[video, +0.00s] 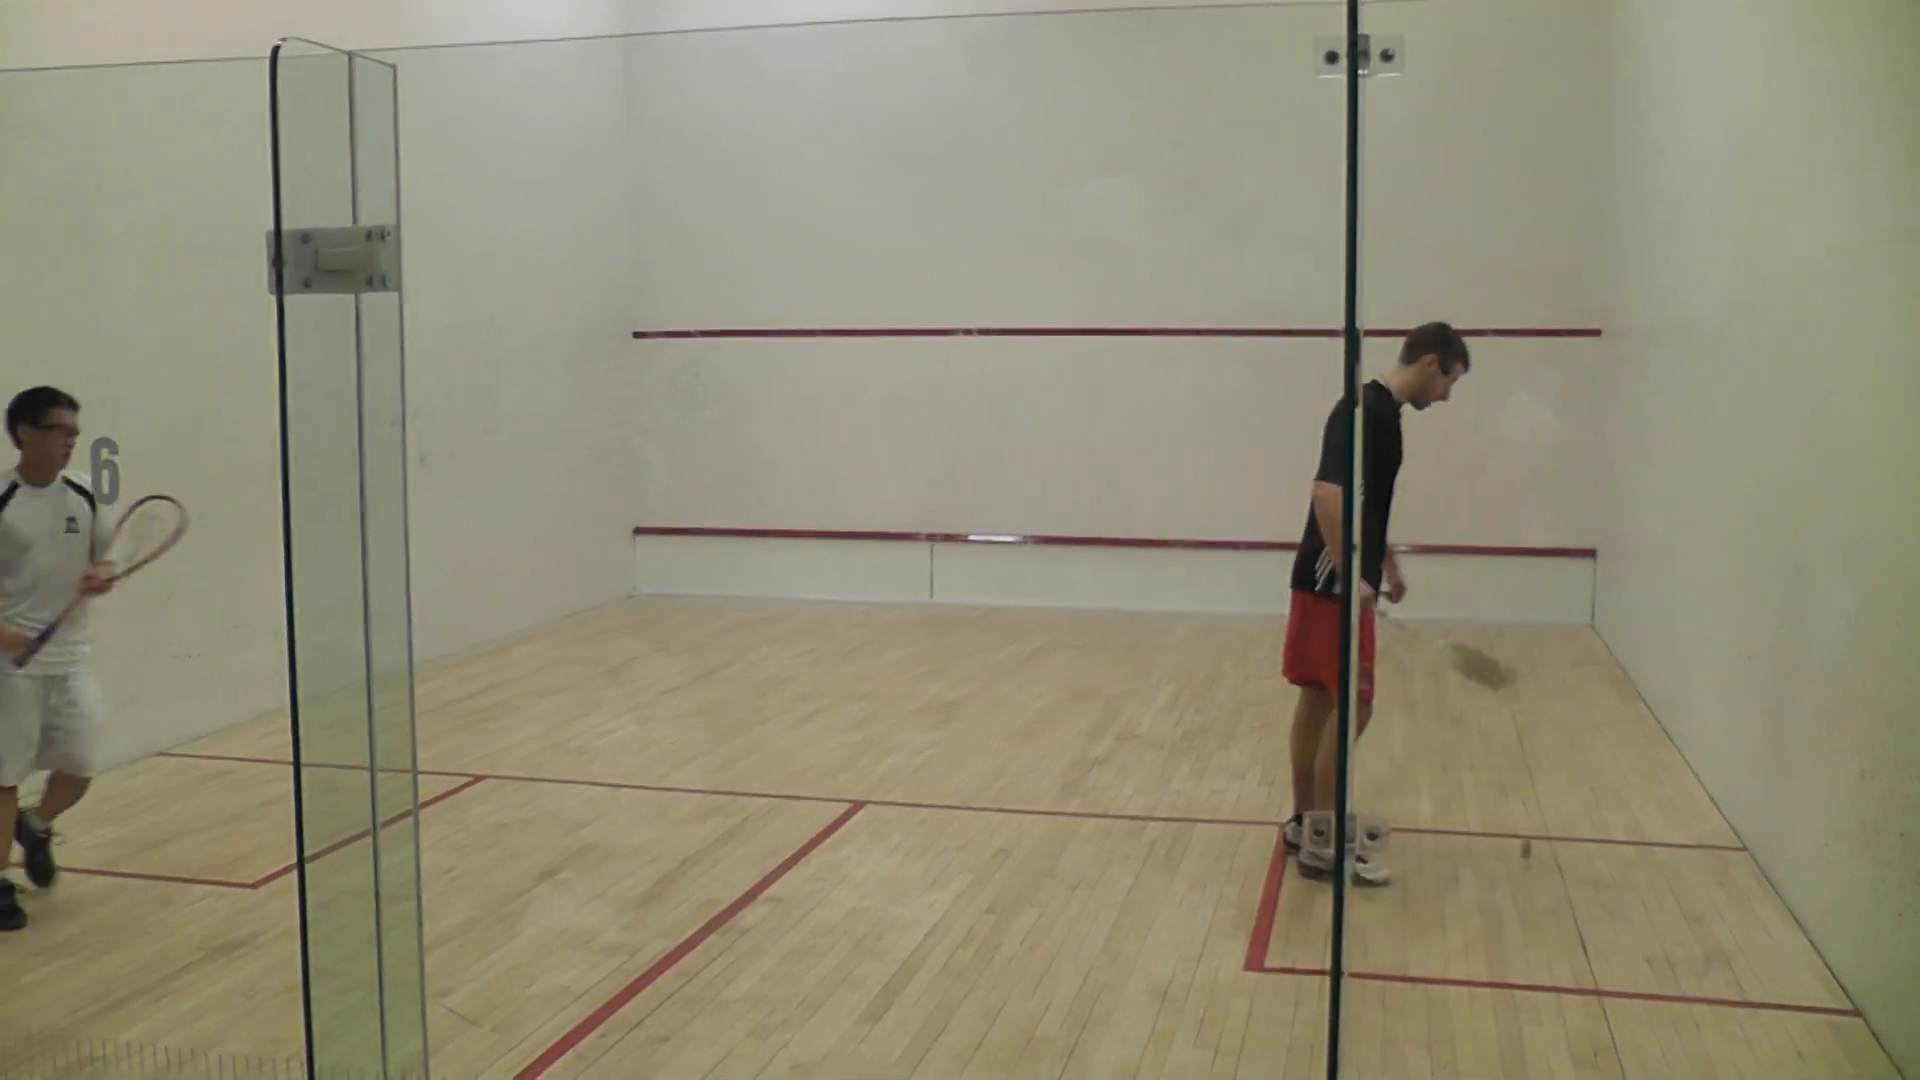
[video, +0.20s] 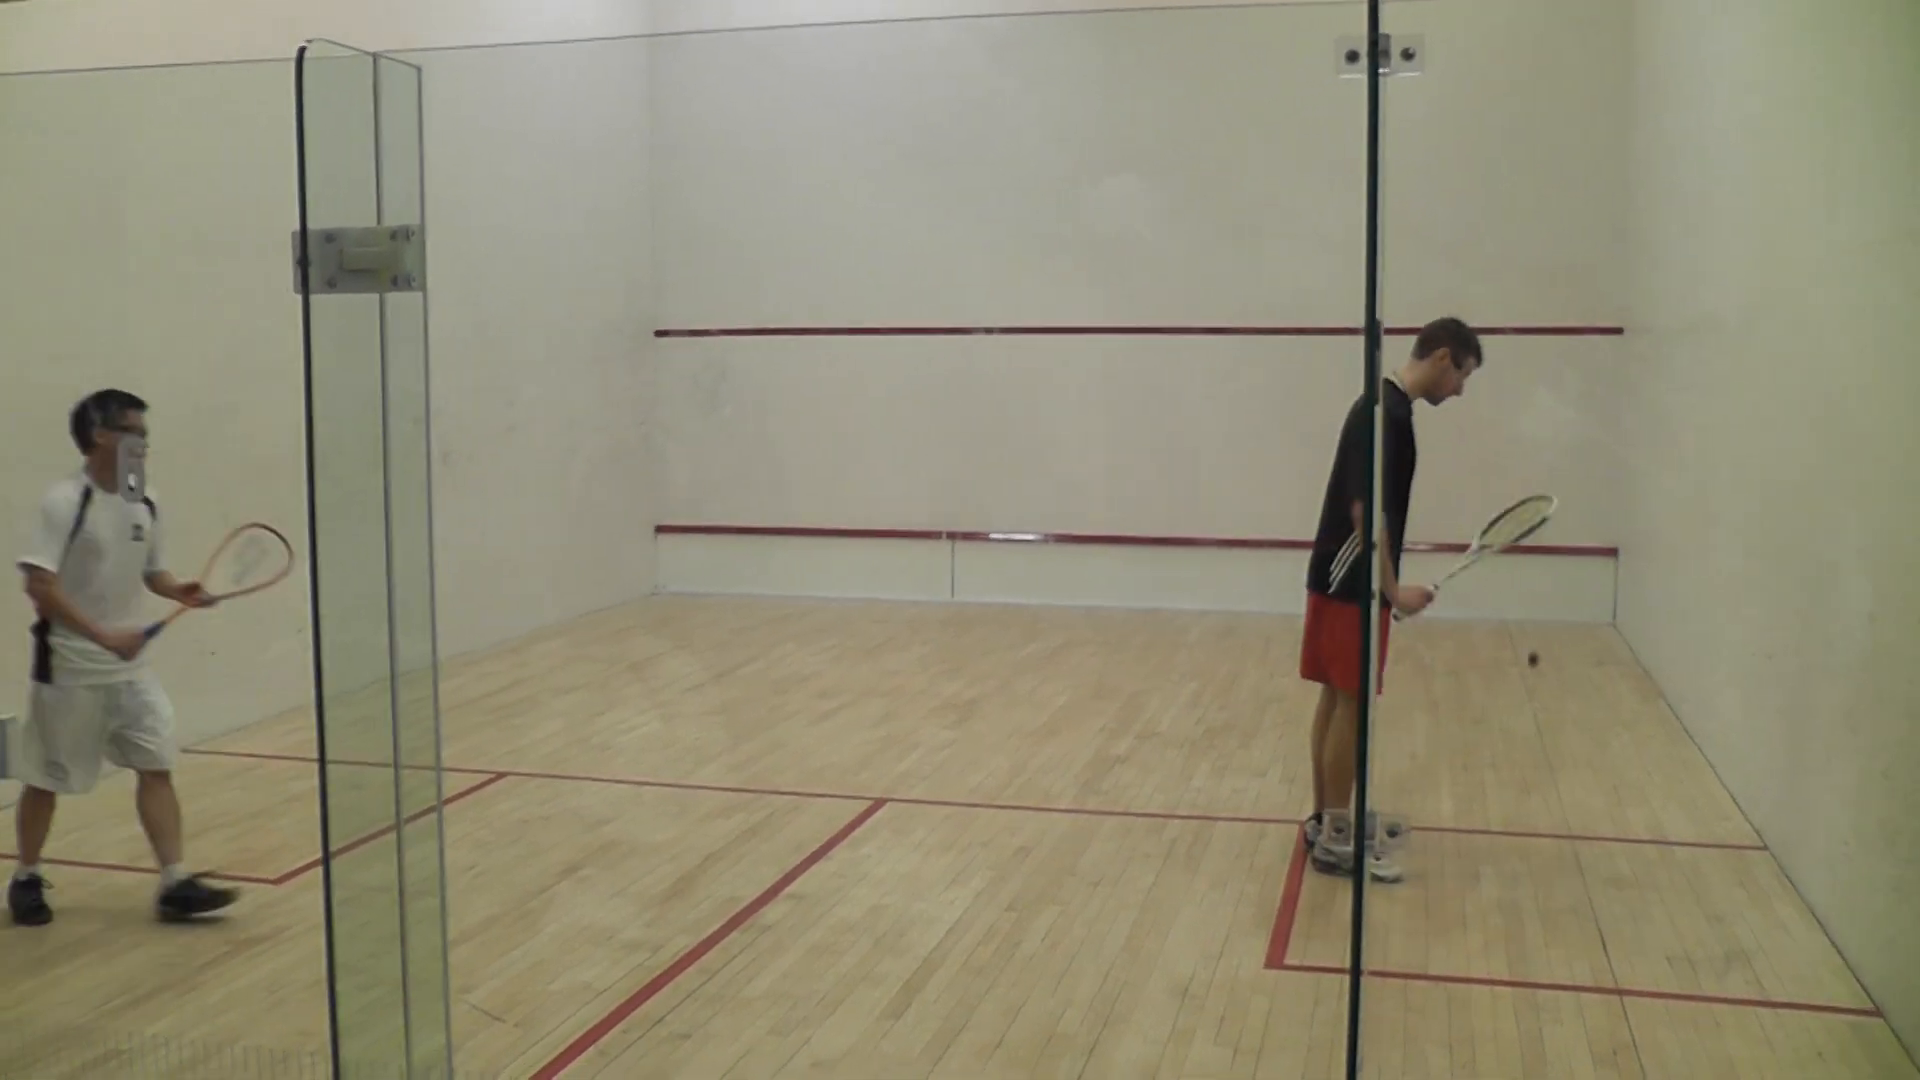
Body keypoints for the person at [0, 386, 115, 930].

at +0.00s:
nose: (70, 442)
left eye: (74, 433)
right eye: (59, 433)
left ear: (74, 438)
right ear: (23, 434)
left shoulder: (83, 500)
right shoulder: (2, 502)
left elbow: (101, 564)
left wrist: (100, 578)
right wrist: (2, 631)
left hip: (68, 660)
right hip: (12, 664)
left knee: (78, 764)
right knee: (7, 778)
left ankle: (35, 826)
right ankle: (1, 878)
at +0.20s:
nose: (141, 445)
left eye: (144, 435)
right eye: (129, 434)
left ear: (144, 439)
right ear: (94, 437)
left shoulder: (144, 507)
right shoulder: (63, 502)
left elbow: (153, 575)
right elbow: (39, 585)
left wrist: (179, 588)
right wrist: (105, 634)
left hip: (126, 664)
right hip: (68, 668)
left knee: (156, 765)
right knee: (46, 776)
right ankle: (26, 878)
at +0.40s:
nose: (223, 440)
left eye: (222, 431)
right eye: (212, 432)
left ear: (197, 440)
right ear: (177, 440)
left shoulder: (213, 501)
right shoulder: (149, 506)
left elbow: (214, 580)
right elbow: (139, 593)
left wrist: (257, 603)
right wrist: (197, 643)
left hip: (203, 661)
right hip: (153, 667)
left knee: (221, 766)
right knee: (149, 785)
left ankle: (216, 883)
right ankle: (78, 842)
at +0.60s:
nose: (277, 428)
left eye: (276, 418)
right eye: (267, 419)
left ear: (242, 426)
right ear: (234, 425)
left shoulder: (239, 481)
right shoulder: (219, 483)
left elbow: (242, 563)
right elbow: (218, 571)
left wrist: (293, 587)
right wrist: (273, 635)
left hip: (221, 644)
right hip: (208, 647)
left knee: (246, 759)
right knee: (261, 759)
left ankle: (232, 873)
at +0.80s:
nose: (323, 443)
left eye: (322, 432)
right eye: (316, 432)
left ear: (271, 438)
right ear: (285, 437)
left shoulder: (229, 489)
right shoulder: (301, 502)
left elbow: (209, 572)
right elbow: (313, 596)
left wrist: (266, 601)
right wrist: (343, 665)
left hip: (218, 662)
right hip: (269, 668)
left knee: (249, 771)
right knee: (301, 787)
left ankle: (243, 880)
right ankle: (311, 914)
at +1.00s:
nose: (361, 444)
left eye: (360, 433)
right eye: (355, 434)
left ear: (300, 440)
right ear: (325, 440)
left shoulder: (249, 495)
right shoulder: (350, 504)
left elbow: (226, 578)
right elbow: (366, 599)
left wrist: (278, 606)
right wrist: (401, 674)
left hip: (262, 674)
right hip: (331, 674)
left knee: (278, 794)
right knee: (350, 793)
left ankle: (280, 905)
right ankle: (345, 914)